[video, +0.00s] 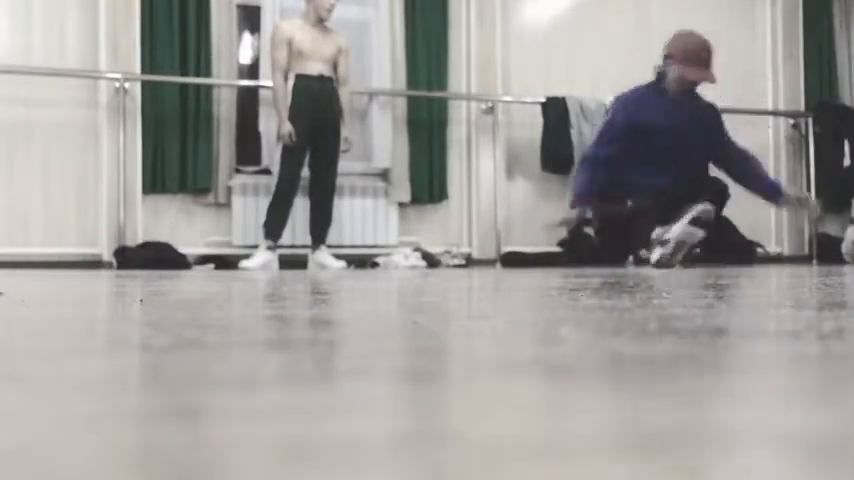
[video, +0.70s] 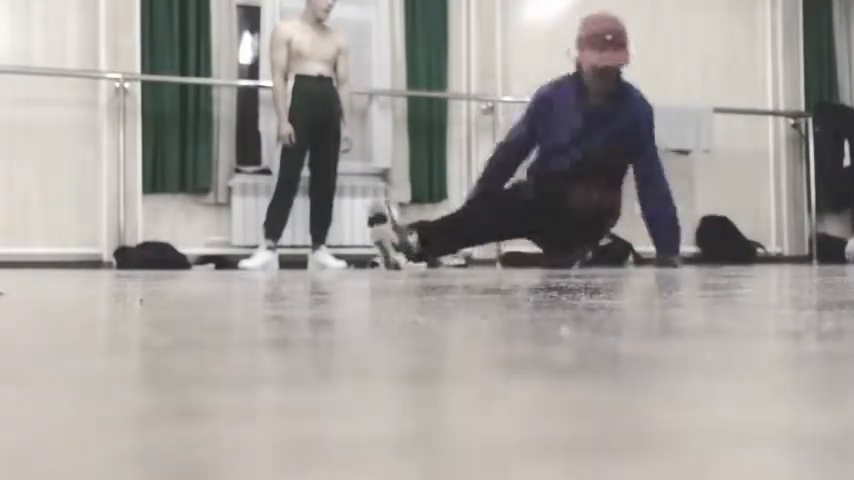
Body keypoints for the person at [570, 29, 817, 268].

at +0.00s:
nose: (695, 83)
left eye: (699, 76)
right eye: (690, 74)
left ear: (702, 73)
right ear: (669, 64)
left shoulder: (703, 115)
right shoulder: (631, 104)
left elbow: (735, 161)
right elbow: (597, 156)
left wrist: (780, 196)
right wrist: (582, 203)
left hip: (674, 207)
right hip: (622, 206)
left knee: (715, 187)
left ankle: (670, 243)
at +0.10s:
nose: (605, 87)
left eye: (610, 79)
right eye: (597, 81)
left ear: (617, 71)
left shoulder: (637, 93)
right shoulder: (574, 122)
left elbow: (683, 103)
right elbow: (559, 184)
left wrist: (652, 83)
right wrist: (539, 244)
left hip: (676, 187)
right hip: (626, 201)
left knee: (742, 252)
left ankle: (677, 250)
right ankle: (648, 245)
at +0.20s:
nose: (552, 75)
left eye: (546, 71)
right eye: (554, 68)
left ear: (535, 78)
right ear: (571, 62)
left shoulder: (542, 125)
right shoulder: (602, 80)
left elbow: (538, 191)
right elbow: (582, 89)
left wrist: (536, 249)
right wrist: (541, 90)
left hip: (617, 195)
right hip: (660, 166)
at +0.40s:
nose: (529, 88)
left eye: (534, 78)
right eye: (521, 83)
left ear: (547, 63)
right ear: (511, 79)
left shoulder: (575, 74)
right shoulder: (521, 122)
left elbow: (609, 90)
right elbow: (526, 184)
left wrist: (555, 96)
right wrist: (533, 225)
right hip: (564, 203)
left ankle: (610, 245)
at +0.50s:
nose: (535, 83)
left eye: (540, 75)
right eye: (527, 77)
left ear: (554, 62)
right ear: (517, 75)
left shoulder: (586, 87)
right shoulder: (522, 118)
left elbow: (638, 127)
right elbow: (524, 183)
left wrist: (622, 152)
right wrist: (523, 239)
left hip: (610, 196)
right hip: (556, 199)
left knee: (563, 179)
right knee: (514, 208)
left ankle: (479, 242)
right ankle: (474, 239)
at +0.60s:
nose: (557, 69)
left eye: (566, 60)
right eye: (549, 62)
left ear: (582, 60)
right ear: (539, 65)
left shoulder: (607, 102)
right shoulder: (531, 111)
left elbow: (646, 163)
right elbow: (519, 174)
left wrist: (676, 228)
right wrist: (514, 238)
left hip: (588, 211)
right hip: (540, 207)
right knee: (490, 210)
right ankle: (422, 242)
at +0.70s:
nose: (607, 57)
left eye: (615, 48)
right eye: (597, 47)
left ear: (626, 55)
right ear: (579, 54)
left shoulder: (635, 109)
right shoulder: (553, 98)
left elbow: (652, 183)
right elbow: (508, 155)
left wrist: (668, 253)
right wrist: (472, 209)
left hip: (590, 218)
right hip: (539, 203)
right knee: (493, 211)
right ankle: (416, 243)